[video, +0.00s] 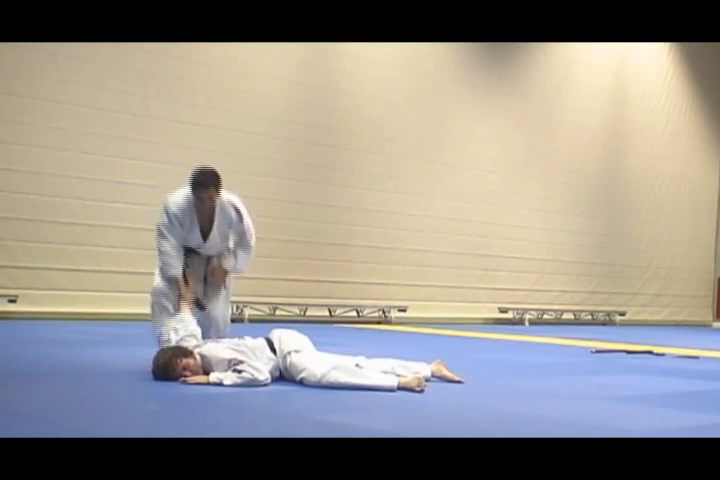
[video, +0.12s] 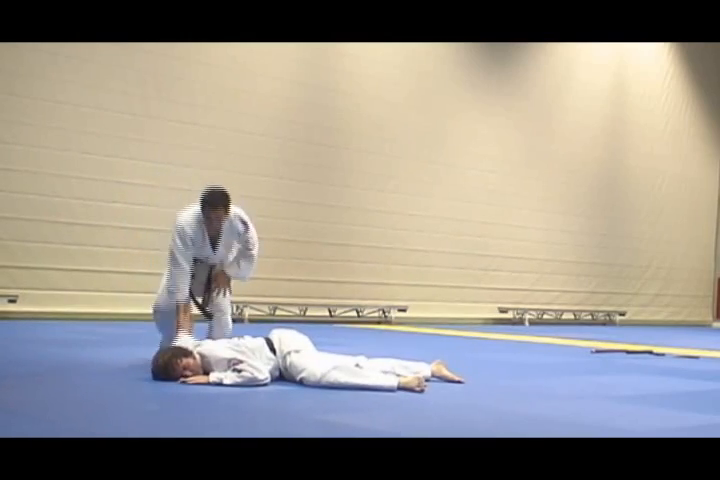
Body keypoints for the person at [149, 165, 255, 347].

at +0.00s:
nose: (207, 204)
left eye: (212, 198)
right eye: (201, 199)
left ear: (219, 193)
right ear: (193, 195)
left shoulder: (232, 207)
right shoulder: (175, 207)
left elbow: (246, 245)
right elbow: (168, 248)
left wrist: (226, 266)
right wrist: (182, 287)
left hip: (216, 257)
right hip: (182, 256)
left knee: (217, 309)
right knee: (162, 292)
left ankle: (217, 358)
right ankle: (171, 351)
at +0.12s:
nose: (213, 224)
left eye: (218, 218)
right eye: (208, 218)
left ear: (227, 213)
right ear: (202, 213)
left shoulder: (239, 221)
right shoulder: (186, 224)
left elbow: (249, 255)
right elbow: (180, 266)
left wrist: (227, 273)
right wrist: (183, 312)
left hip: (218, 271)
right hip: (188, 268)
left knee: (222, 315)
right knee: (162, 308)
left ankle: (218, 361)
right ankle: (171, 350)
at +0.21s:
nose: (214, 233)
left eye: (219, 229)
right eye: (211, 228)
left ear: (228, 226)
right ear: (204, 225)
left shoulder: (241, 229)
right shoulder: (190, 239)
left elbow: (252, 255)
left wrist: (229, 272)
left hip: (219, 272)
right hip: (191, 270)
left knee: (222, 302)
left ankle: (224, 348)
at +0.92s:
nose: (171, 166)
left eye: (175, 161)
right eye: (166, 162)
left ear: (181, 163)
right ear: (158, 163)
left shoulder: (191, 189)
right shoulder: (144, 188)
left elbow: (211, 218)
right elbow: (120, 212)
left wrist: (197, 233)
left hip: (179, 247)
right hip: (151, 246)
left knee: (174, 296)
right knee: (161, 291)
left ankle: (152, 333)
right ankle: (165, 344)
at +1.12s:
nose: (156, 170)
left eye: (160, 166)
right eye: (152, 166)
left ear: (166, 167)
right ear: (145, 168)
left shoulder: (175, 195)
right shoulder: (133, 188)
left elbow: (194, 225)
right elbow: (112, 198)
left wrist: (169, 228)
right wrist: (104, 217)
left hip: (160, 249)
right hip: (134, 246)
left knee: (152, 297)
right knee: (130, 286)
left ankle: (146, 337)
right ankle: (135, 334)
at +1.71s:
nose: (116, 186)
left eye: (120, 182)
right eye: (112, 182)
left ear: (126, 182)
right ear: (105, 183)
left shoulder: (132, 203)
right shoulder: (95, 203)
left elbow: (136, 224)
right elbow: (79, 233)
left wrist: (134, 209)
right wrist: (96, 225)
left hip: (125, 255)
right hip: (100, 255)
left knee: (134, 289)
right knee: (83, 299)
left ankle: (141, 334)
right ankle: (84, 331)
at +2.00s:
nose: (114, 181)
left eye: (117, 177)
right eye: (109, 178)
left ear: (122, 177)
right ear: (103, 179)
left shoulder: (131, 199)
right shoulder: (95, 200)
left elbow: (143, 226)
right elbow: (83, 227)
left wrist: (139, 213)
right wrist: (92, 227)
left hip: (122, 250)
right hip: (98, 250)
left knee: (135, 287)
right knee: (85, 289)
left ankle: (141, 335)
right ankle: (84, 331)